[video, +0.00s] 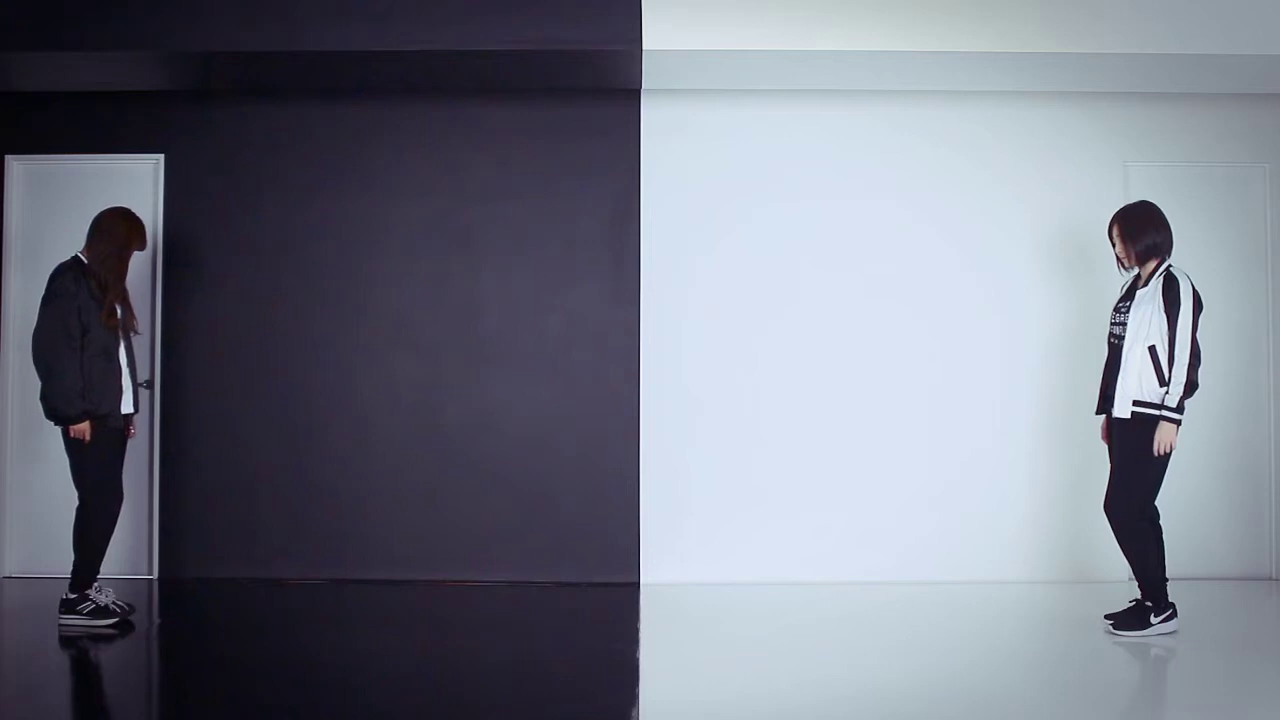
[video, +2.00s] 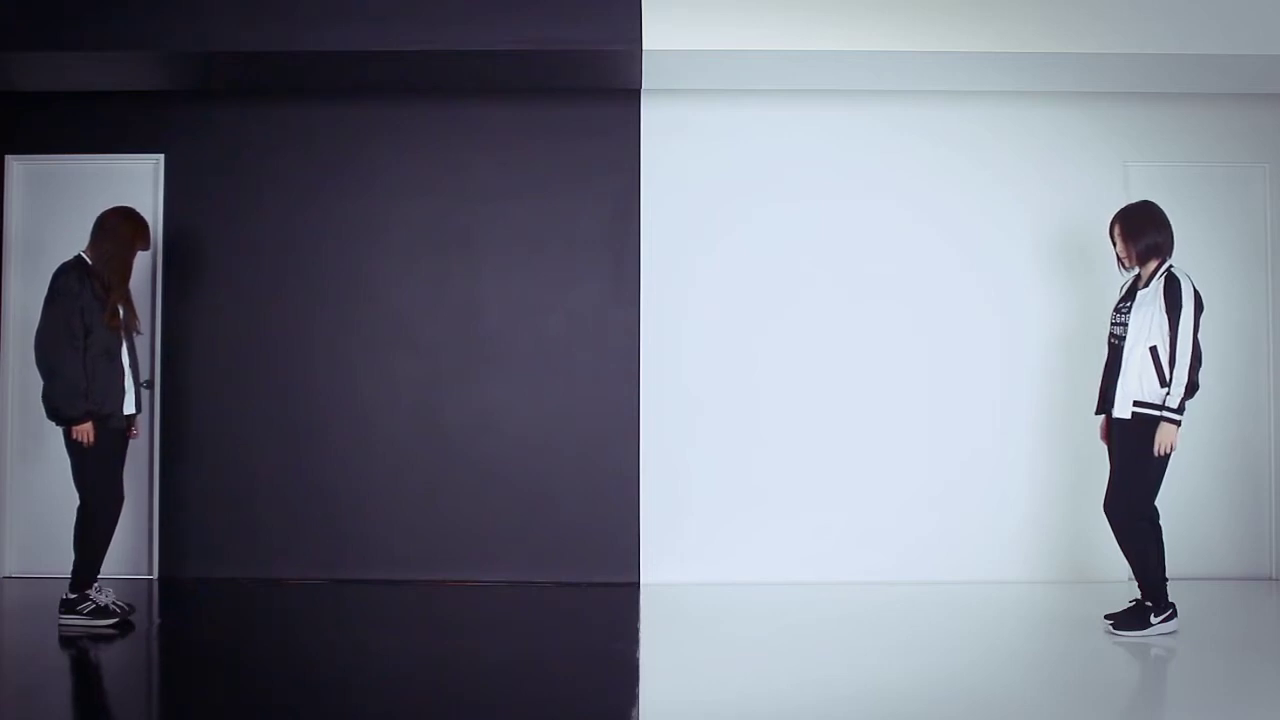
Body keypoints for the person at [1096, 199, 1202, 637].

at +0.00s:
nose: (1116, 250)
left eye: (1120, 241)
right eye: (1114, 242)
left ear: (1143, 236)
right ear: (1127, 240)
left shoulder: (1176, 284)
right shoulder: (1132, 287)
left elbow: (1185, 357)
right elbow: (1119, 355)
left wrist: (1171, 417)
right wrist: (1108, 411)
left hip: (1150, 418)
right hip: (1124, 416)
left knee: (1122, 506)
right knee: (1136, 507)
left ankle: (1157, 603)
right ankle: (1153, 600)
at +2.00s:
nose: (1117, 249)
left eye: (1121, 240)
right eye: (1114, 242)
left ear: (1145, 236)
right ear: (1126, 241)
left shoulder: (1177, 284)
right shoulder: (1131, 287)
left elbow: (1187, 356)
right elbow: (1117, 355)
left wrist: (1172, 417)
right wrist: (1107, 410)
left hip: (1151, 417)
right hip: (1123, 416)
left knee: (1125, 506)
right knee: (1131, 507)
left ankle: (1157, 604)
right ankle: (1152, 600)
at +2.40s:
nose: (1118, 250)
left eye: (1122, 241)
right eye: (1115, 242)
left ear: (1146, 237)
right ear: (1125, 242)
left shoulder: (1178, 284)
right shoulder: (1131, 288)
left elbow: (1188, 356)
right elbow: (1117, 354)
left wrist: (1172, 416)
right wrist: (1107, 410)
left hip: (1151, 418)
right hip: (1123, 416)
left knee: (1125, 506)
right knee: (1132, 507)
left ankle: (1157, 604)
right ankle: (1152, 600)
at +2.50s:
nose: (1118, 249)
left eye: (1123, 240)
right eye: (1116, 242)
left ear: (1147, 237)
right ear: (1125, 242)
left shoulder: (1178, 284)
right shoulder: (1131, 288)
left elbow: (1188, 356)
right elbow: (1117, 354)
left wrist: (1172, 417)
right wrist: (1107, 410)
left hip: (1151, 418)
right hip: (1123, 416)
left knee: (1126, 506)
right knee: (1131, 507)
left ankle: (1157, 604)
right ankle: (1152, 600)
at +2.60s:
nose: (1118, 249)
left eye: (1123, 240)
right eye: (1116, 241)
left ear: (1147, 237)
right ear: (1125, 242)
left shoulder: (1179, 284)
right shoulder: (1131, 287)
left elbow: (1188, 356)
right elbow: (1117, 354)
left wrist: (1173, 416)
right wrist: (1107, 410)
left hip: (1152, 417)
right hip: (1123, 416)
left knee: (1127, 507)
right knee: (1129, 507)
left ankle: (1157, 604)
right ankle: (1152, 601)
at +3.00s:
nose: (1119, 249)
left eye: (1123, 240)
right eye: (1116, 241)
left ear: (1147, 236)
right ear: (1125, 242)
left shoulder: (1179, 284)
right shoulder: (1131, 287)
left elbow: (1190, 356)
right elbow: (1117, 354)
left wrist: (1174, 417)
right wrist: (1107, 410)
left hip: (1152, 417)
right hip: (1123, 416)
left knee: (1128, 507)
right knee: (1127, 506)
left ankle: (1158, 604)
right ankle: (1151, 600)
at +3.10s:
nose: (1118, 249)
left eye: (1123, 240)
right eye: (1116, 242)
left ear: (1147, 236)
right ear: (1125, 242)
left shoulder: (1179, 284)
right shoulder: (1131, 287)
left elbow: (1190, 356)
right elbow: (1117, 354)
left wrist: (1174, 417)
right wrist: (1107, 410)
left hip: (1152, 417)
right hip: (1122, 416)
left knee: (1128, 507)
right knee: (1127, 507)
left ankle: (1158, 604)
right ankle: (1151, 600)